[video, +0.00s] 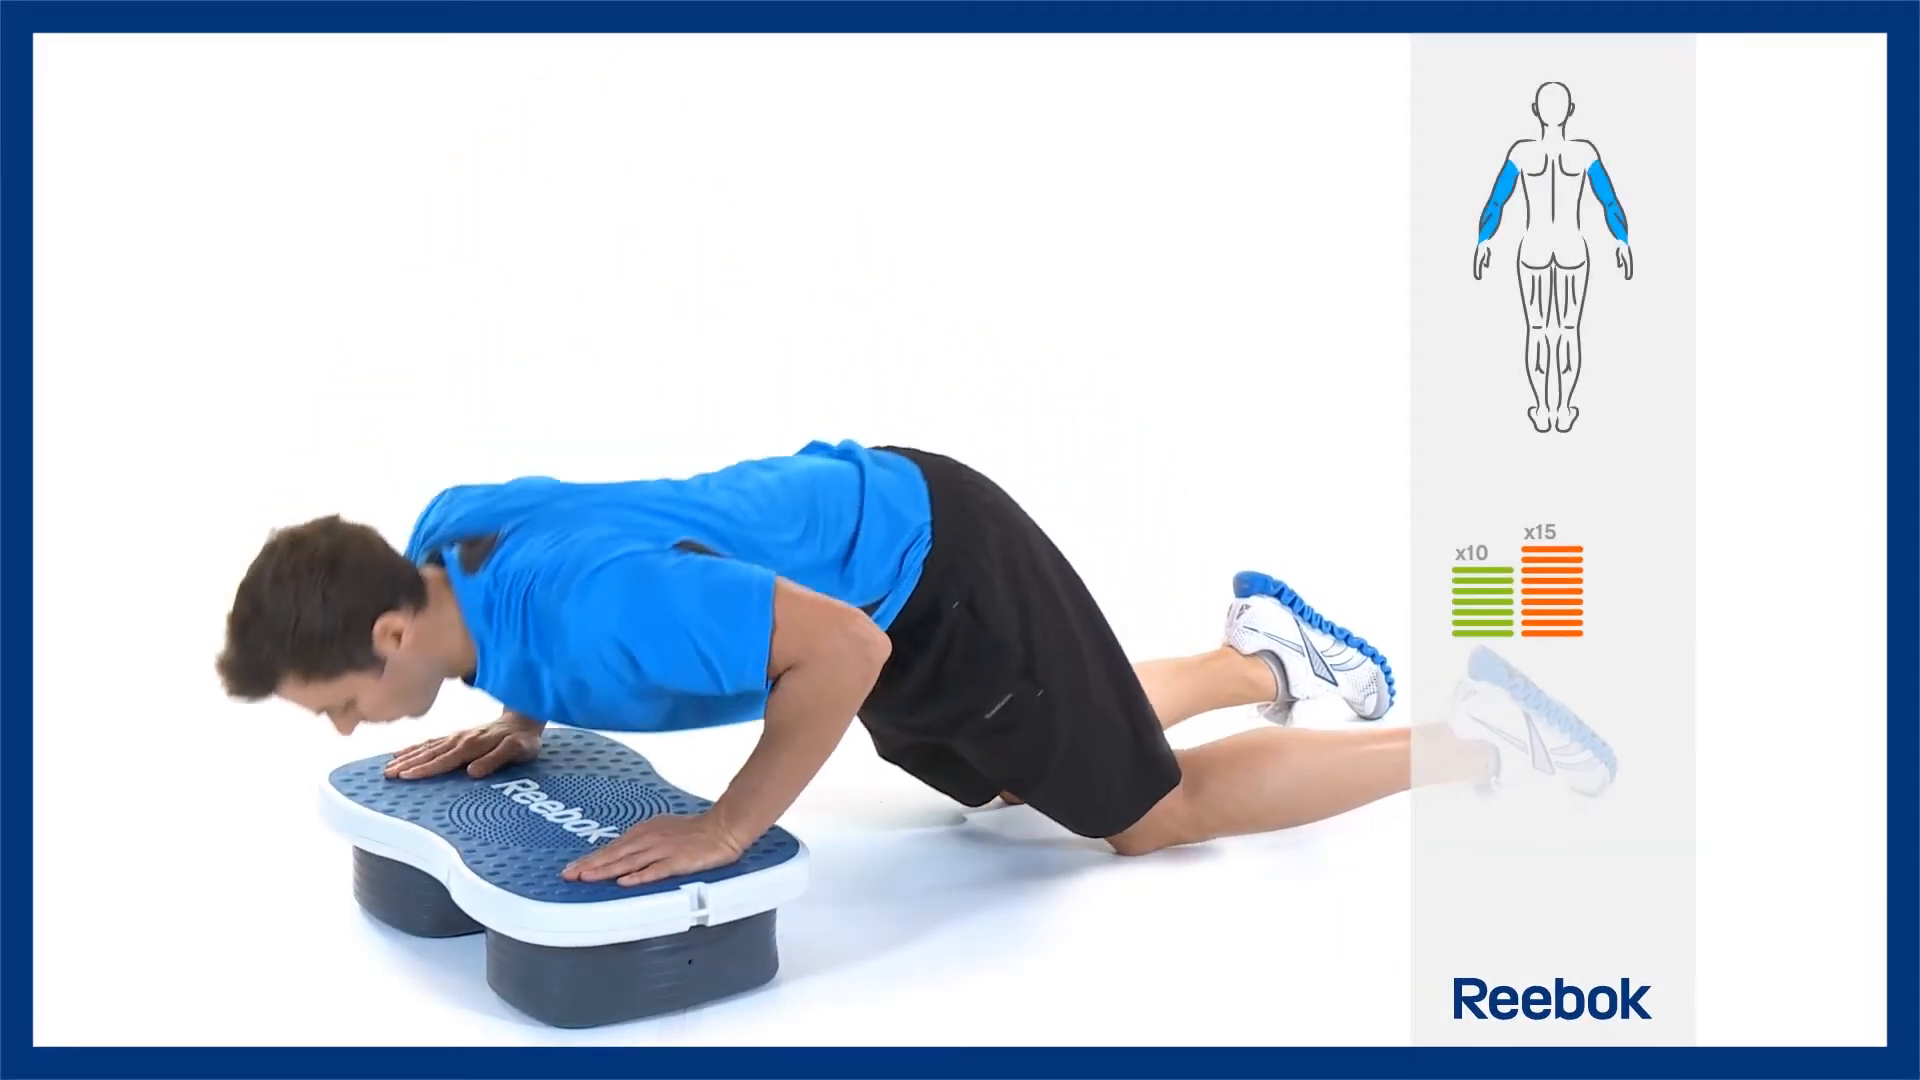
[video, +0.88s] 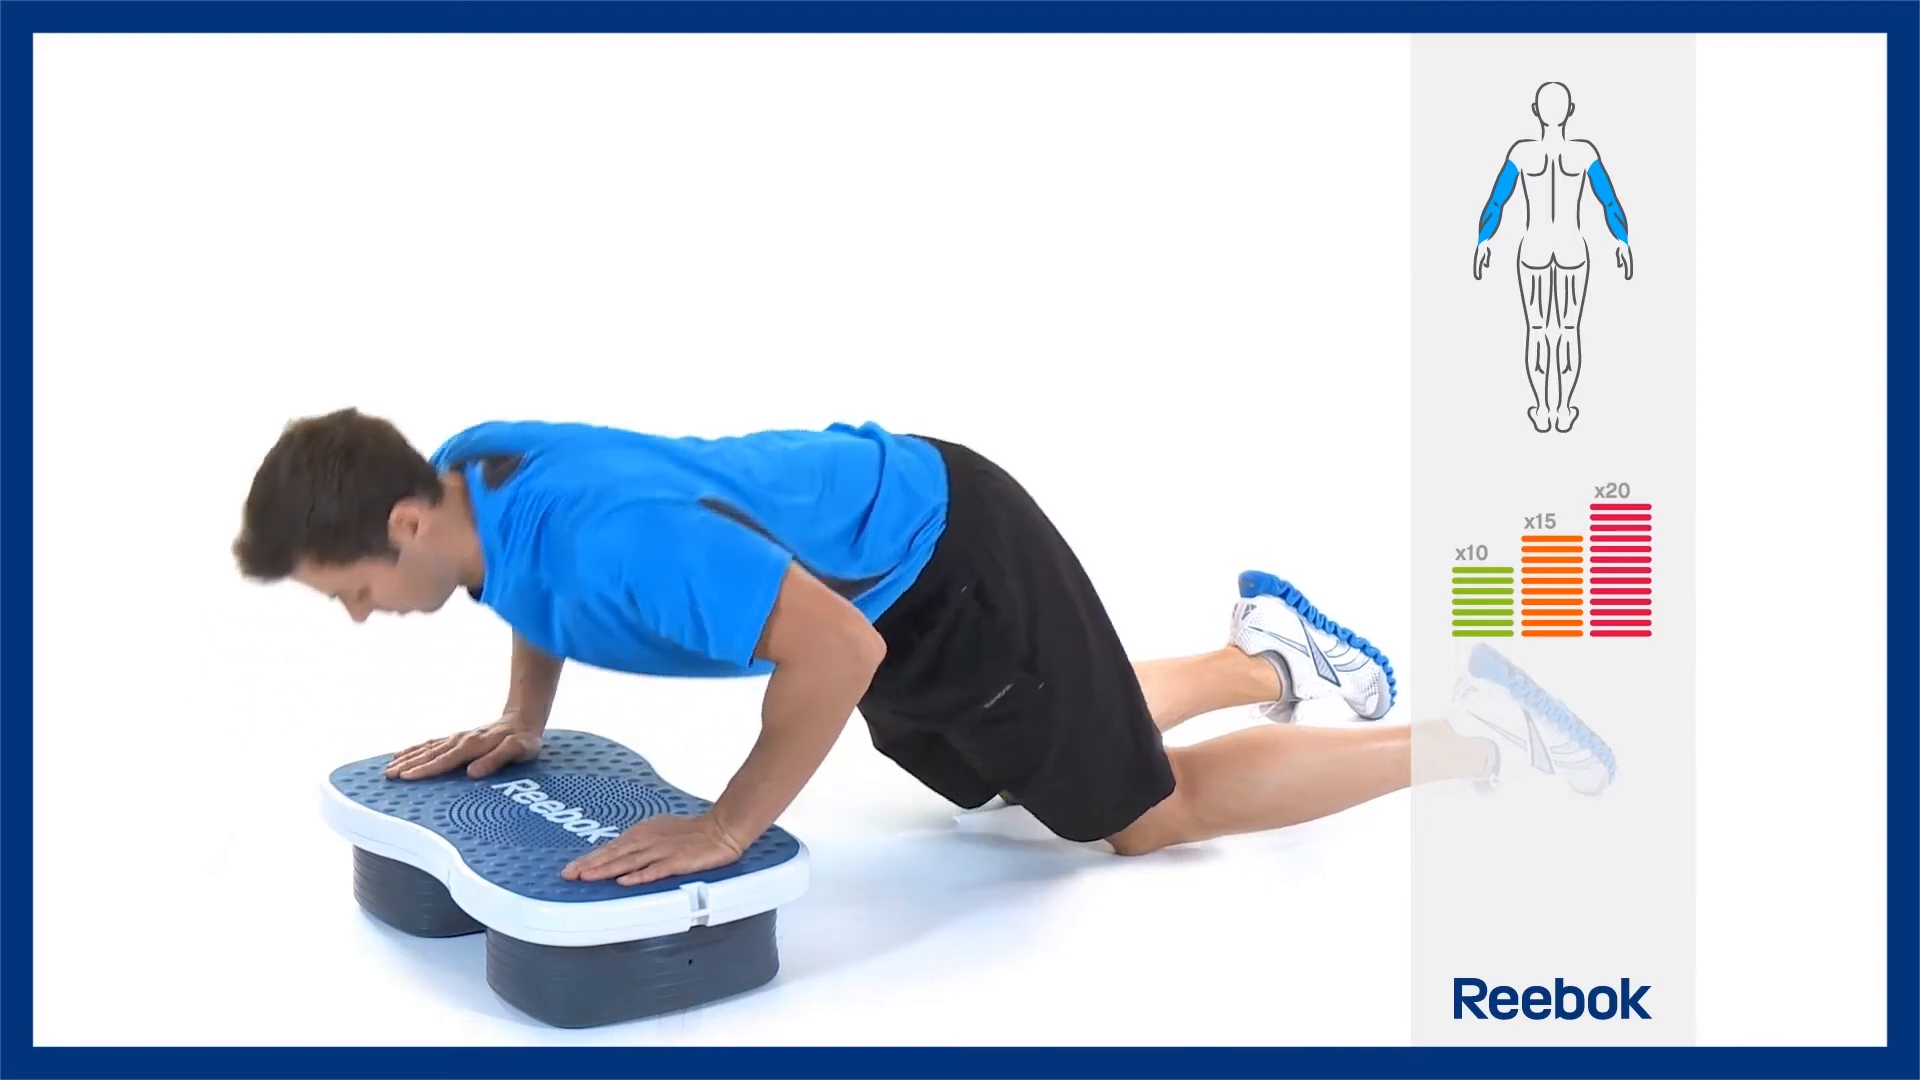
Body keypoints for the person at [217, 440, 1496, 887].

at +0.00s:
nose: (358, 727)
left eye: (348, 705)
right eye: (337, 718)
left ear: (400, 631)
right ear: (386, 615)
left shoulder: (579, 609)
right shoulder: (458, 534)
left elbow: (835, 645)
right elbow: (575, 602)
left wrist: (739, 822)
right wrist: (519, 713)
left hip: (937, 573)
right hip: (859, 602)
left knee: (1162, 807)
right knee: (1032, 761)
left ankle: (1468, 748)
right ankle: (1259, 666)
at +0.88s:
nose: (366, 618)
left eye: (349, 596)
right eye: (338, 604)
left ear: (397, 534)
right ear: (392, 507)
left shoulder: (599, 541)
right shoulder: (474, 469)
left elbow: (833, 644)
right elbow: (537, 586)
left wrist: (733, 821)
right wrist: (524, 717)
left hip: (951, 566)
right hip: (865, 590)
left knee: (1151, 808)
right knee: (1009, 763)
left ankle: (1458, 746)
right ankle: (1261, 660)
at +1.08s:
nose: (419, 457)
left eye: (416, 428)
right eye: (400, 437)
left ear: (486, 361)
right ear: (461, 370)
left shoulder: (665, 426)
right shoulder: (538, 395)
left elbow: (830, 631)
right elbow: (560, 531)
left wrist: (732, 821)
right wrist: (520, 716)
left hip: (994, 527)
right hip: (889, 580)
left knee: (1148, 810)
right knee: (1022, 768)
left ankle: (1469, 745)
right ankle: (1267, 662)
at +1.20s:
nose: (466, 369)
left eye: (466, 339)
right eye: (447, 349)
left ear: (540, 278)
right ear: (515, 287)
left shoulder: (707, 360)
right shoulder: (573, 351)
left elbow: (798, 597)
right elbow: (565, 527)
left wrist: (731, 814)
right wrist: (522, 720)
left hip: (1024, 507)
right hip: (915, 551)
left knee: (1155, 813)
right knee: (1022, 774)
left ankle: (1474, 742)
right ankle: (1266, 665)